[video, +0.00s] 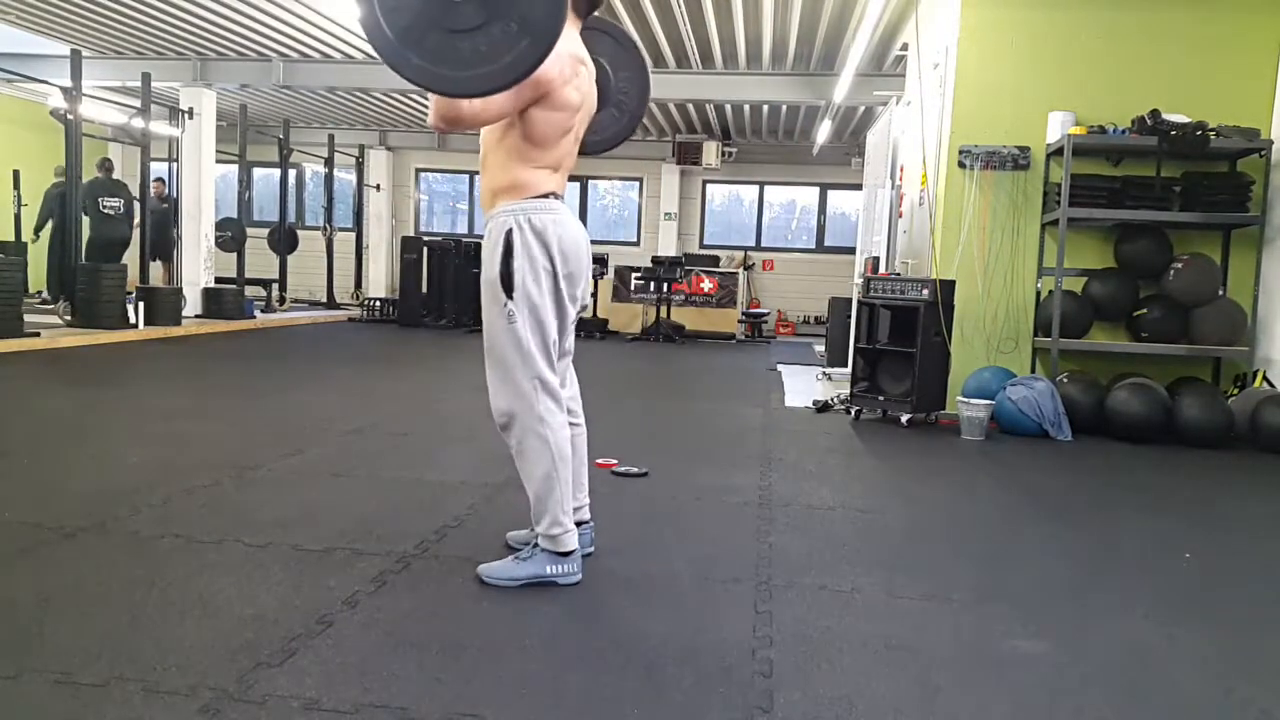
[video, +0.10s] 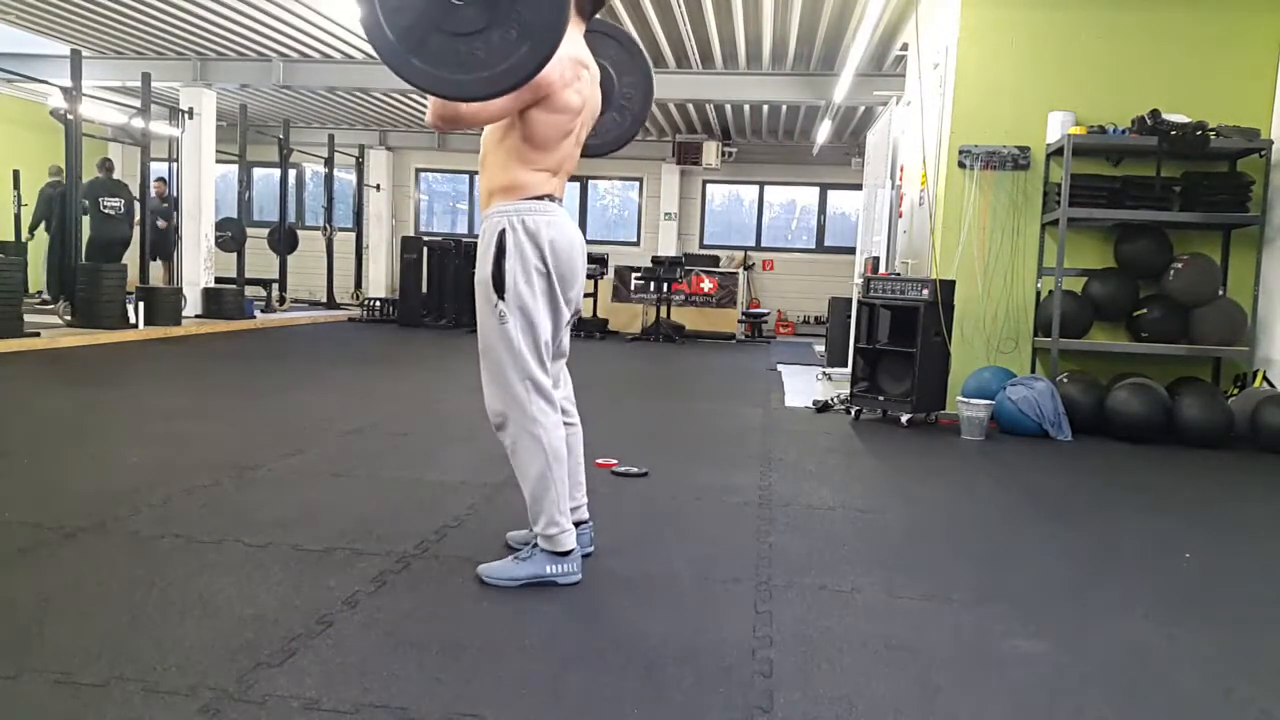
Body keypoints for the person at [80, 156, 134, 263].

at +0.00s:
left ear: (98, 169)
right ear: (112, 170)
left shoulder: (89, 186)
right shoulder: (123, 186)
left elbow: (84, 209)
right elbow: (130, 213)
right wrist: (129, 232)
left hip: (100, 234)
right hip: (122, 235)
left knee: (91, 270)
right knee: (111, 270)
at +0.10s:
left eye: (98, 169)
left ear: (98, 169)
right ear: (113, 170)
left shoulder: (91, 185)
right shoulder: (123, 187)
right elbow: (131, 212)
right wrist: (129, 231)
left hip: (100, 234)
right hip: (123, 234)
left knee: (92, 270)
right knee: (112, 269)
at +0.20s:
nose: (98, 171)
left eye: (98, 169)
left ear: (99, 170)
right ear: (113, 170)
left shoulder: (94, 184)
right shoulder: (124, 187)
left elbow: (78, 192)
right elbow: (131, 213)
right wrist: (129, 233)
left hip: (101, 235)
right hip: (123, 235)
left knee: (91, 270)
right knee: (112, 269)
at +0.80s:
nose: (93, 171)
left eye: (95, 168)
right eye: (94, 168)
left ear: (104, 169)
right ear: (108, 168)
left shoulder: (97, 186)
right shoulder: (123, 185)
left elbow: (82, 191)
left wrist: (89, 177)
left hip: (102, 233)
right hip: (120, 233)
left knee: (88, 267)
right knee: (110, 268)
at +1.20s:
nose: (86, 169)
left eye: (88, 165)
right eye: (87, 166)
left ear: (97, 166)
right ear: (99, 166)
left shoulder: (92, 187)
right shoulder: (110, 181)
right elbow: (117, 190)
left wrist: (79, 181)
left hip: (94, 231)